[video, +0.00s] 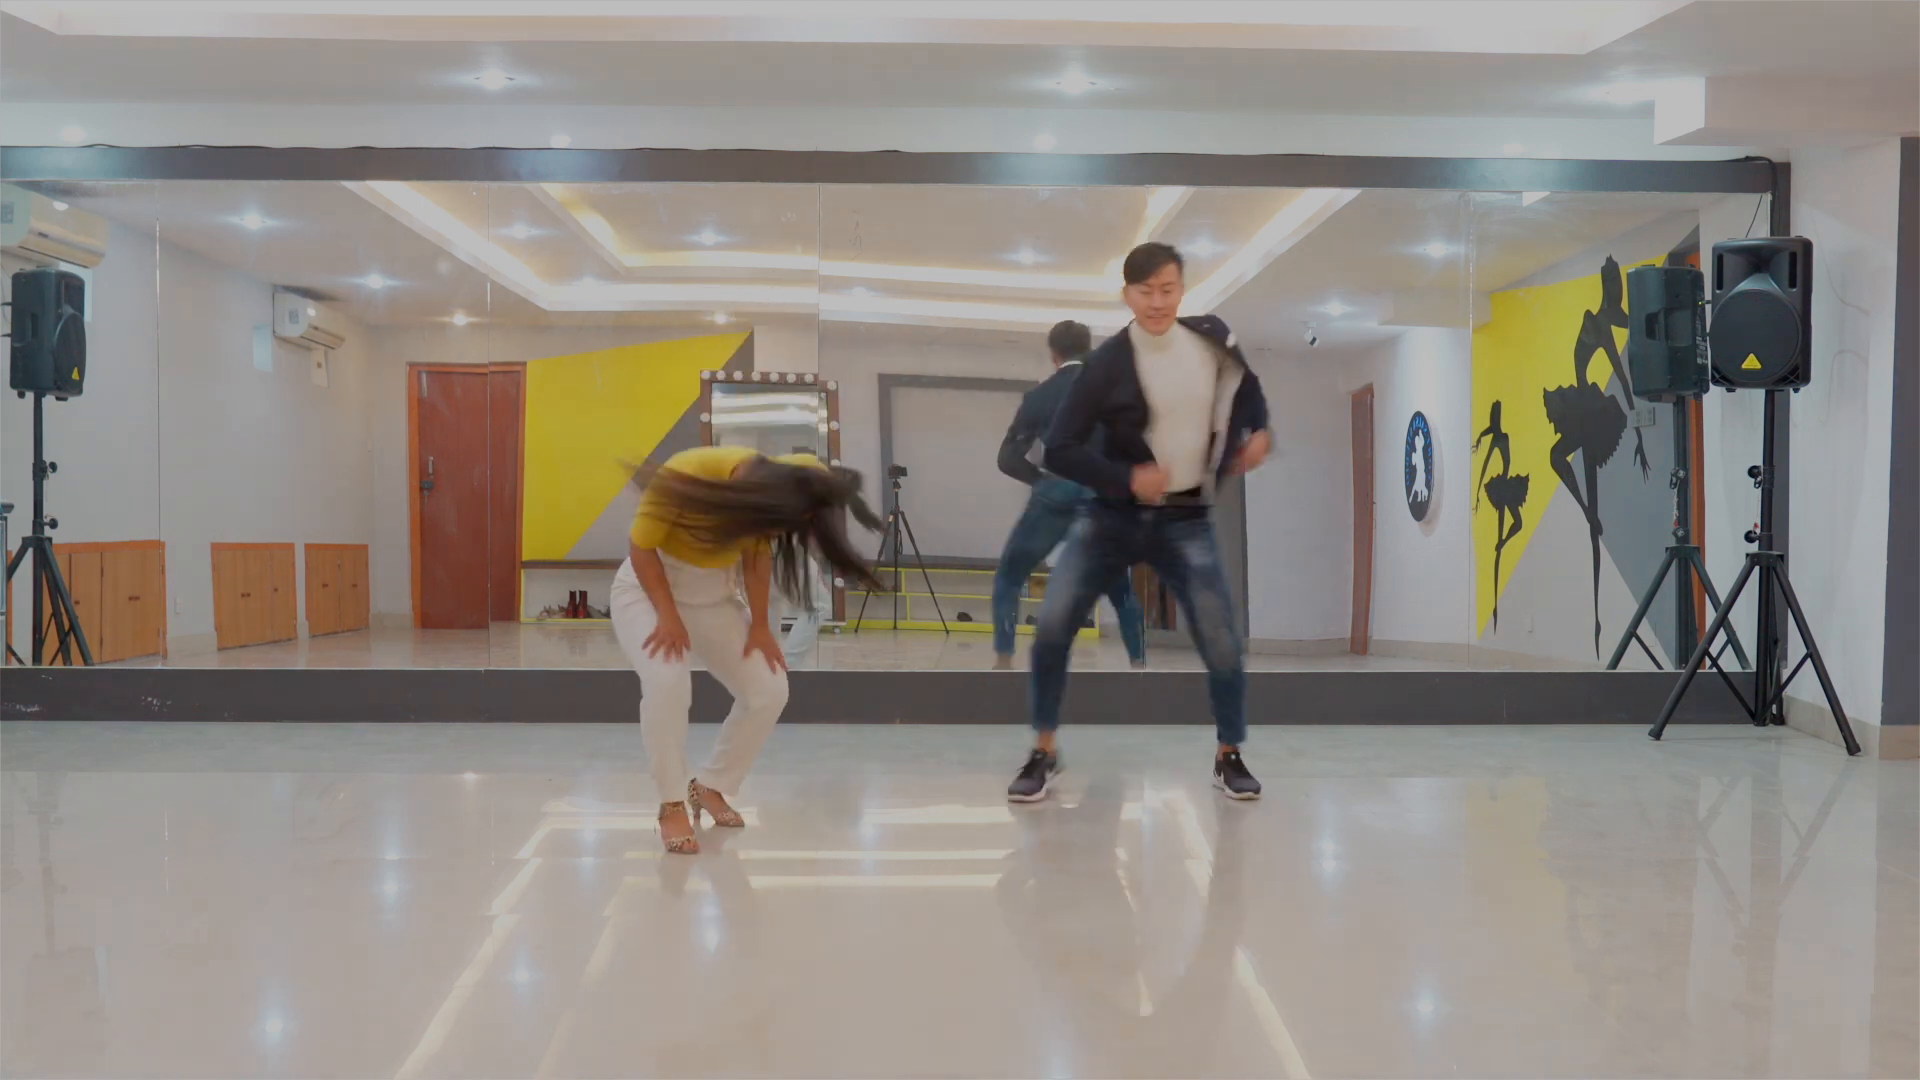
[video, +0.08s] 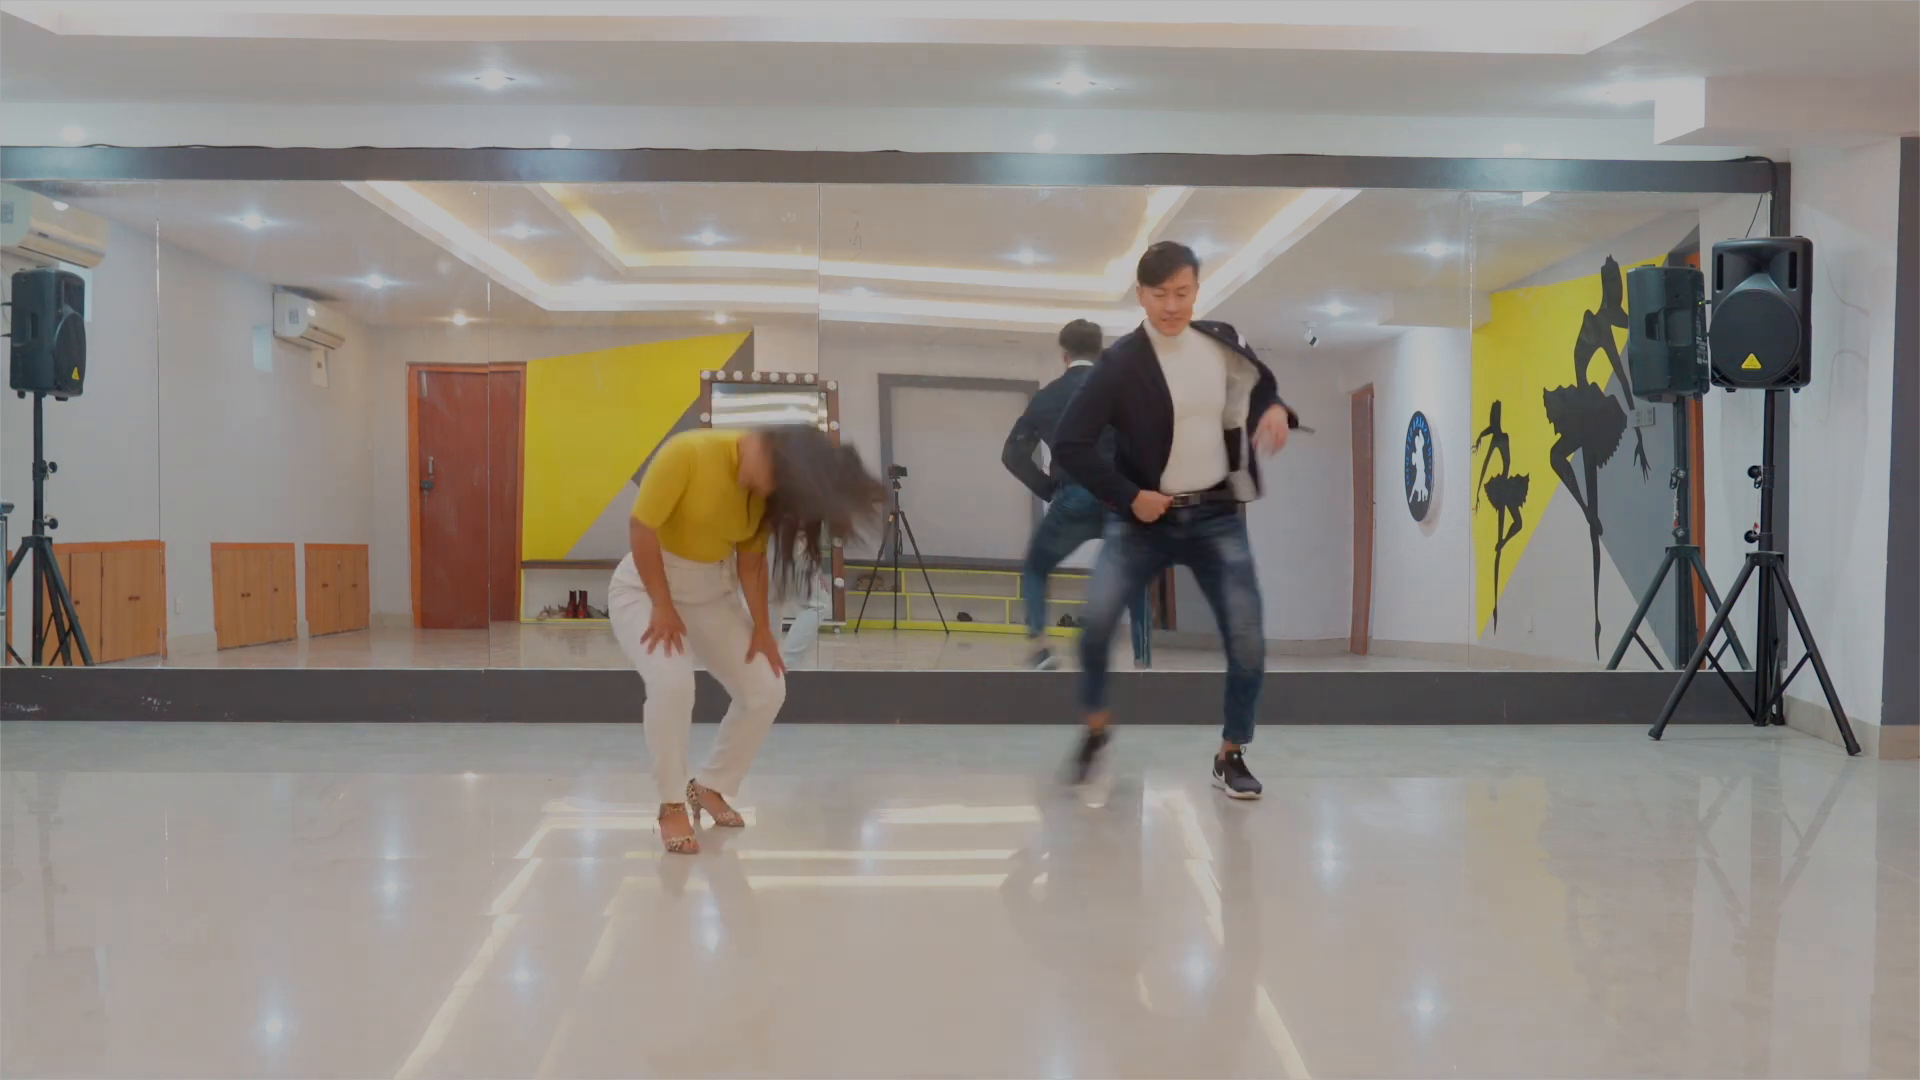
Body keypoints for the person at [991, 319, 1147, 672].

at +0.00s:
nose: (1051, 357)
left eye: (1051, 351)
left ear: (1054, 354)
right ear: (1089, 349)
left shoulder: (1042, 394)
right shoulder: (1109, 384)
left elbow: (1008, 458)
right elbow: (1129, 439)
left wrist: (1042, 479)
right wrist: (1113, 474)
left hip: (1057, 489)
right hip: (1106, 489)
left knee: (1011, 573)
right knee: (1120, 587)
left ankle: (1004, 658)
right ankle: (1139, 666)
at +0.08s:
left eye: (1063, 351)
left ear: (1064, 353)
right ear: (1100, 351)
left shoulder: (1050, 395)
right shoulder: (1121, 386)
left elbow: (1014, 455)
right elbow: (1143, 440)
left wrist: (1050, 489)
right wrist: (1134, 484)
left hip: (1075, 497)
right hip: (1125, 494)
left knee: (1036, 567)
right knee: (1133, 580)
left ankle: (1039, 641)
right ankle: (1143, 664)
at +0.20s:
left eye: (1075, 351)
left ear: (1074, 353)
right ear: (1111, 351)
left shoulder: (1052, 394)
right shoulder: (1130, 386)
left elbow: (1029, 453)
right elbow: (1156, 437)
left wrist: (1063, 485)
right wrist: (1149, 479)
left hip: (1092, 502)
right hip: (1137, 499)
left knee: (1111, 585)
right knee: (1147, 588)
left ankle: (1105, 637)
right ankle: (1144, 667)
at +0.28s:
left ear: (1080, 356)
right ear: (1116, 353)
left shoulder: (1056, 400)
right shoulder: (1132, 389)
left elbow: (1045, 460)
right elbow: (1159, 437)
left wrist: (1077, 484)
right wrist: (1149, 474)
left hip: (1100, 502)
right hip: (1143, 496)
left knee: (1140, 588)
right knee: (1156, 591)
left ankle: (1132, 644)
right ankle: (1140, 665)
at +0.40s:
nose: (1080, 353)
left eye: (1080, 348)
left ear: (1082, 351)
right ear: (1120, 349)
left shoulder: (1068, 398)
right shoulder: (1142, 387)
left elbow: (1034, 454)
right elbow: (1175, 436)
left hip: (1107, 504)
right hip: (1153, 500)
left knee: (1120, 582)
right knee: (1159, 590)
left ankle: (1119, 636)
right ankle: (1145, 667)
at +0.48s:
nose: (1079, 352)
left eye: (1080, 347)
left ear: (1082, 349)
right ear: (1119, 347)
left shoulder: (1075, 392)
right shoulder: (1143, 380)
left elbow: (1037, 445)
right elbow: (1171, 428)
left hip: (1107, 490)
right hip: (1152, 488)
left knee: (1088, 553)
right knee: (1159, 573)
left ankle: (1110, 608)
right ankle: (1146, 656)